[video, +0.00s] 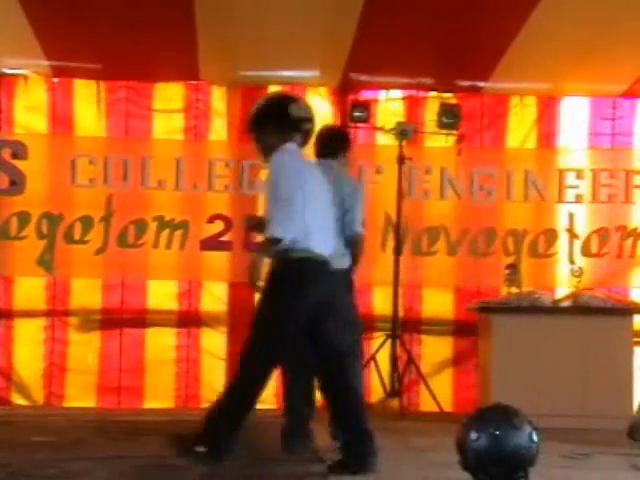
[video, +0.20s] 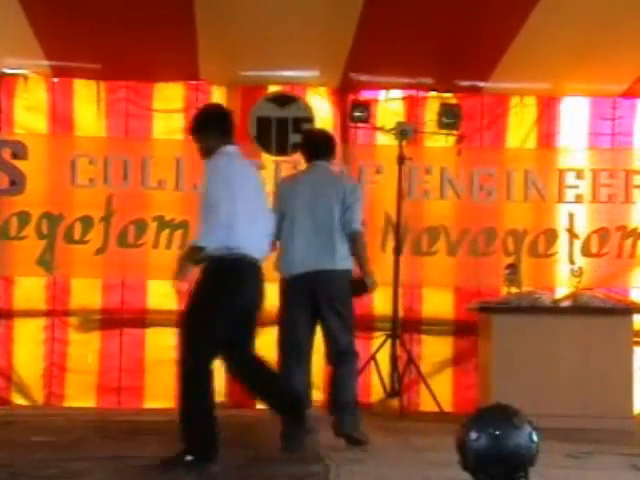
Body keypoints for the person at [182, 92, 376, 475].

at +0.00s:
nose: (256, 144)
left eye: (258, 135)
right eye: (255, 135)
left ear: (272, 132)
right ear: (293, 133)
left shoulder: (284, 162)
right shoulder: (311, 169)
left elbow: (285, 220)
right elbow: (309, 225)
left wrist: (264, 249)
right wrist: (265, 224)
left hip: (295, 272)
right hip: (327, 273)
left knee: (257, 360)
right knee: (336, 368)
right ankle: (358, 453)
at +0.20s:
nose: (196, 146)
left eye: (198, 139)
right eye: (196, 139)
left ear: (207, 137)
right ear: (228, 134)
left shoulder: (219, 166)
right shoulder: (247, 169)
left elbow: (217, 220)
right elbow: (267, 220)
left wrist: (191, 253)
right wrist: (251, 254)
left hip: (223, 269)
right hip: (249, 271)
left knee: (195, 356)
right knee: (238, 354)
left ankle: (200, 448)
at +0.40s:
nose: (147, 137)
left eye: (147, 130)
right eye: (148, 130)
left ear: (153, 129)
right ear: (179, 126)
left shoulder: (161, 159)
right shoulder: (201, 164)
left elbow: (149, 208)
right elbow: (224, 226)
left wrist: (123, 238)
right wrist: (197, 240)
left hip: (175, 262)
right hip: (200, 263)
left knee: (171, 352)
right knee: (169, 351)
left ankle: (196, 443)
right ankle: (166, 437)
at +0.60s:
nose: (101, 148)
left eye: (102, 142)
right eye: (101, 142)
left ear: (109, 142)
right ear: (134, 140)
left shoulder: (112, 171)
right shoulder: (152, 178)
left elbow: (89, 224)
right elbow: (178, 238)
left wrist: (72, 240)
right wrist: (147, 255)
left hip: (123, 274)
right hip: (146, 274)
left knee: (128, 356)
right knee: (107, 358)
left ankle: (186, 435)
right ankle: (73, 441)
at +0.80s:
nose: (58, 142)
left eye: (59, 137)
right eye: (60, 136)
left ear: (63, 136)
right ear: (92, 133)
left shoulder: (68, 163)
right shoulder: (110, 171)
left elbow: (51, 216)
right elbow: (133, 225)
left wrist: (42, 245)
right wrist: (108, 249)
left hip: (77, 264)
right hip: (108, 267)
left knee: (43, 342)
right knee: (81, 348)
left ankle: (97, 406)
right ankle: (70, 437)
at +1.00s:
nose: (15, 149)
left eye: (16, 143)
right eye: (15, 144)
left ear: (23, 139)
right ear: (49, 136)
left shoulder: (29, 164)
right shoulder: (69, 169)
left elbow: (15, 217)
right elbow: (87, 218)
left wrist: (6, 239)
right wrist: (68, 245)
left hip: (37, 265)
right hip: (69, 266)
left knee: (4, 345)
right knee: (64, 350)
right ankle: (70, 434)